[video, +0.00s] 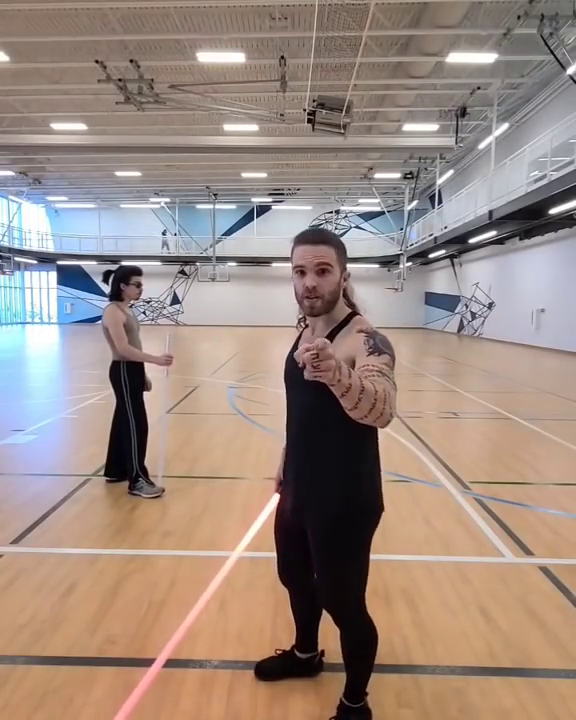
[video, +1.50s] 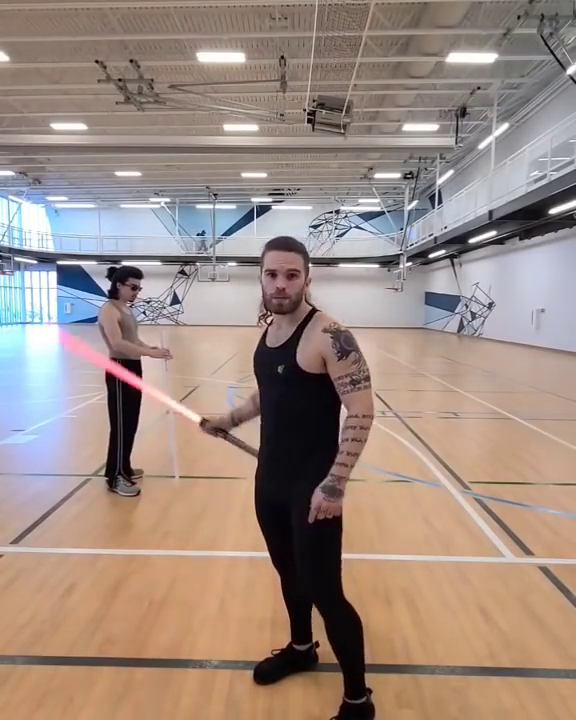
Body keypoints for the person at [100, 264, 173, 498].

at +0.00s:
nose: (140, 289)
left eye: (141, 285)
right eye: (136, 285)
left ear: (131, 287)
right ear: (121, 286)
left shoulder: (125, 310)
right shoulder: (113, 311)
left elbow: (131, 348)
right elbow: (122, 348)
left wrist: (142, 375)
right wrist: (156, 359)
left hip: (131, 370)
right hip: (124, 371)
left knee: (124, 420)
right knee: (137, 424)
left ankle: (115, 469)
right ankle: (137, 480)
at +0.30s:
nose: (140, 289)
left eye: (141, 285)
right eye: (136, 285)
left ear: (130, 287)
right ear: (121, 286)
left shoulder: (126, 310)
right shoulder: (113, 311)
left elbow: (131, 347)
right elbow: (121, 348)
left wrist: (142, 374)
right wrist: (156, 359)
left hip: (131, 370)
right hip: (124, 371)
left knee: (125, 420)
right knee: (137, 425)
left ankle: (115, 469)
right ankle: (137, 480)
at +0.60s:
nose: (137, 297)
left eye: (140, 294)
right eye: (134, 292)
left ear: (136, 291)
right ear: (121, 287)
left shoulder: (126, 309)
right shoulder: (109, 310)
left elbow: (134, 342)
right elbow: (120, 344)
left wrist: (147, 366)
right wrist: (154, 353)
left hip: (132, 367)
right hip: (121, 368)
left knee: (132, 419)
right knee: (134, 419)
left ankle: (119, 471)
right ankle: (126, 473)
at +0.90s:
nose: (141, 298)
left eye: (144, 294)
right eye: (139, 293)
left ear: (136, 291)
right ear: (125, 288)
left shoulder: (127, 310)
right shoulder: (110, 310)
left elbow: (131, 343)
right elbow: (117, 346)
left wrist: (144, 366)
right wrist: (153, 355)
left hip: (132, 368)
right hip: (119, 370)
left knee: (130, 422)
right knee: (120, 424)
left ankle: (124, 467)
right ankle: (115, 477)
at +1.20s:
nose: (137, 294)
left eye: (139, 290)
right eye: (134, 289)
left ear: (135, 289)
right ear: (119, 285)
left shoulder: (126, 310)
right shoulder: (109, 310)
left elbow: (131, 342)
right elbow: (118, 345)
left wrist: (146, 363)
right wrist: (153, 350)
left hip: (132, 368)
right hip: (120, 369)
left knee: (130, 423)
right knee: (121, 424)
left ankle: (124, 468)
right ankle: (115, 477)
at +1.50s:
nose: (136, 292)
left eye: (138, 288)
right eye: (132, 287)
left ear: (135, 289)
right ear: (118, 285)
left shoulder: (127, 310)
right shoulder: (109, 310)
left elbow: (133, 341)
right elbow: (116, 345)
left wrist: (155, 350)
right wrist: (151, 352)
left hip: (132, 366)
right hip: (119, 368)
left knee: (130, 423)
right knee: (121, 424)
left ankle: (124, 468)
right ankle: (114, 476)